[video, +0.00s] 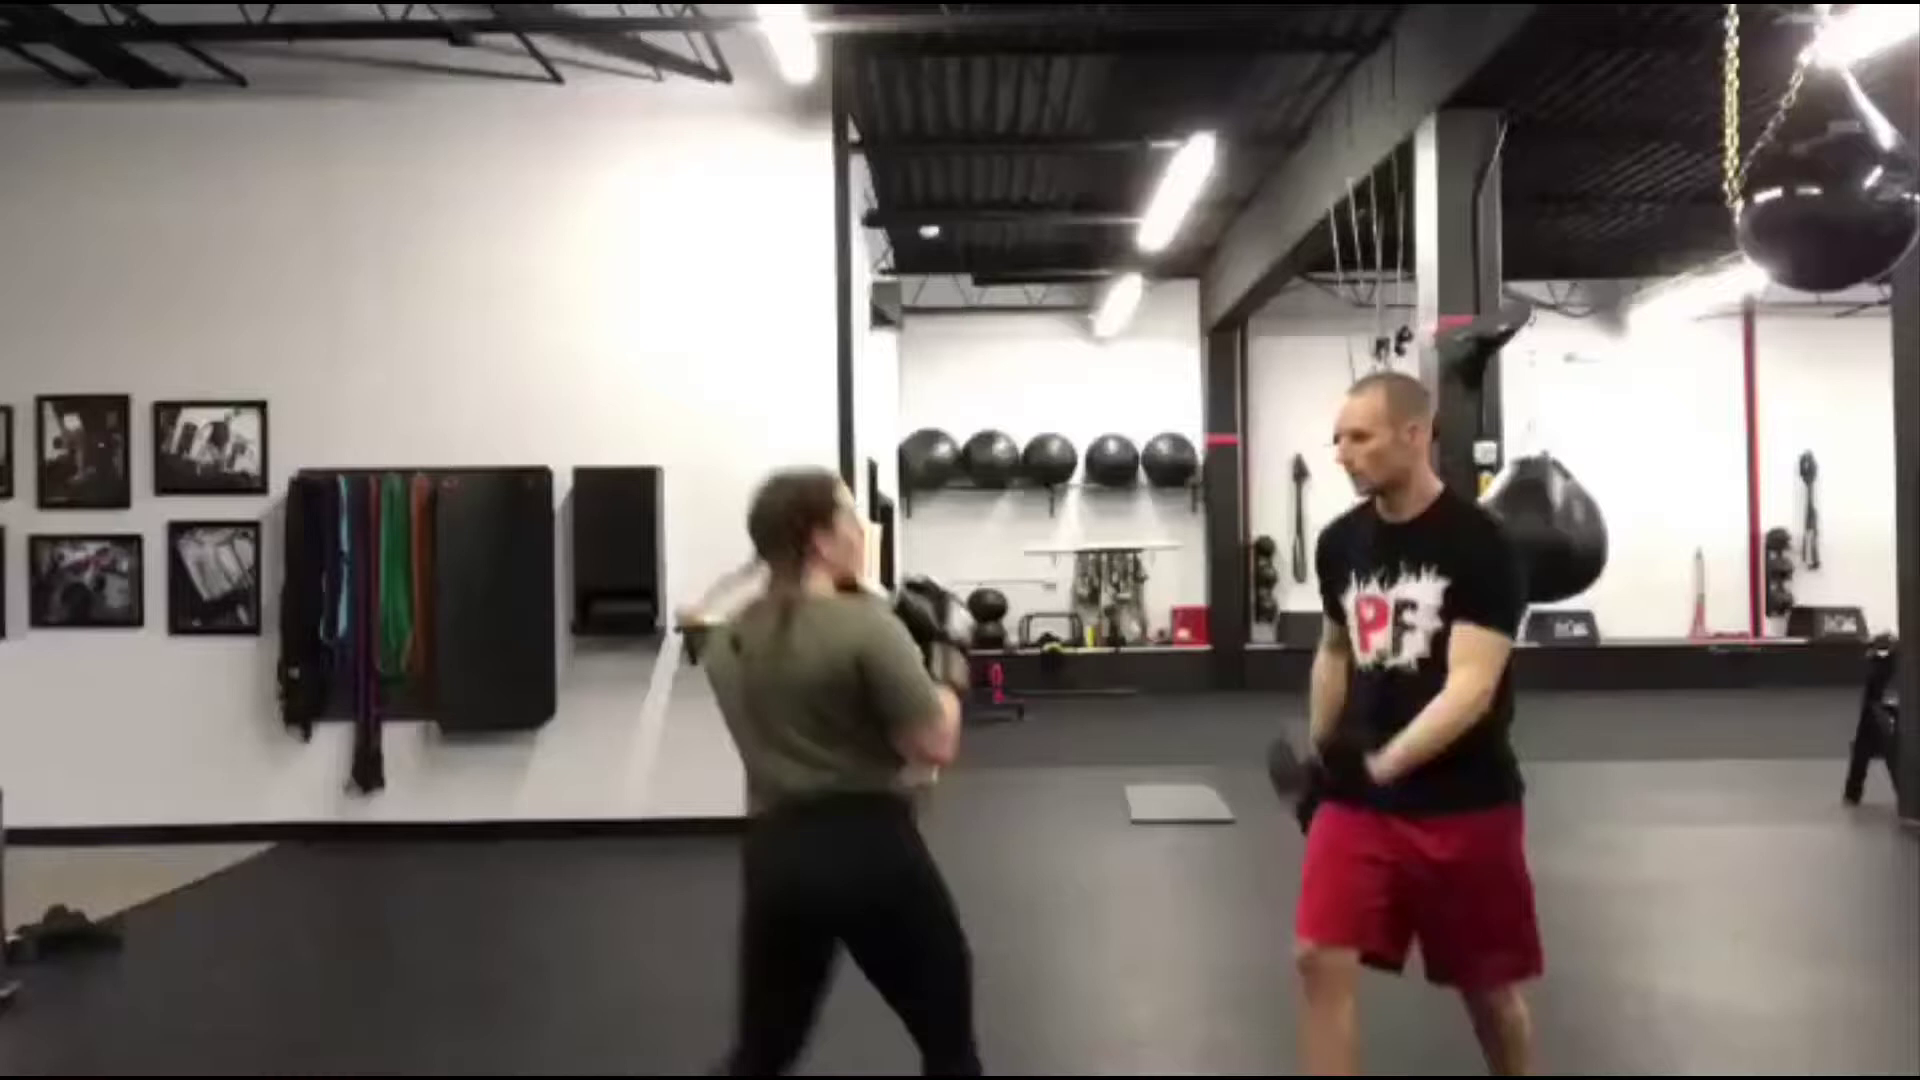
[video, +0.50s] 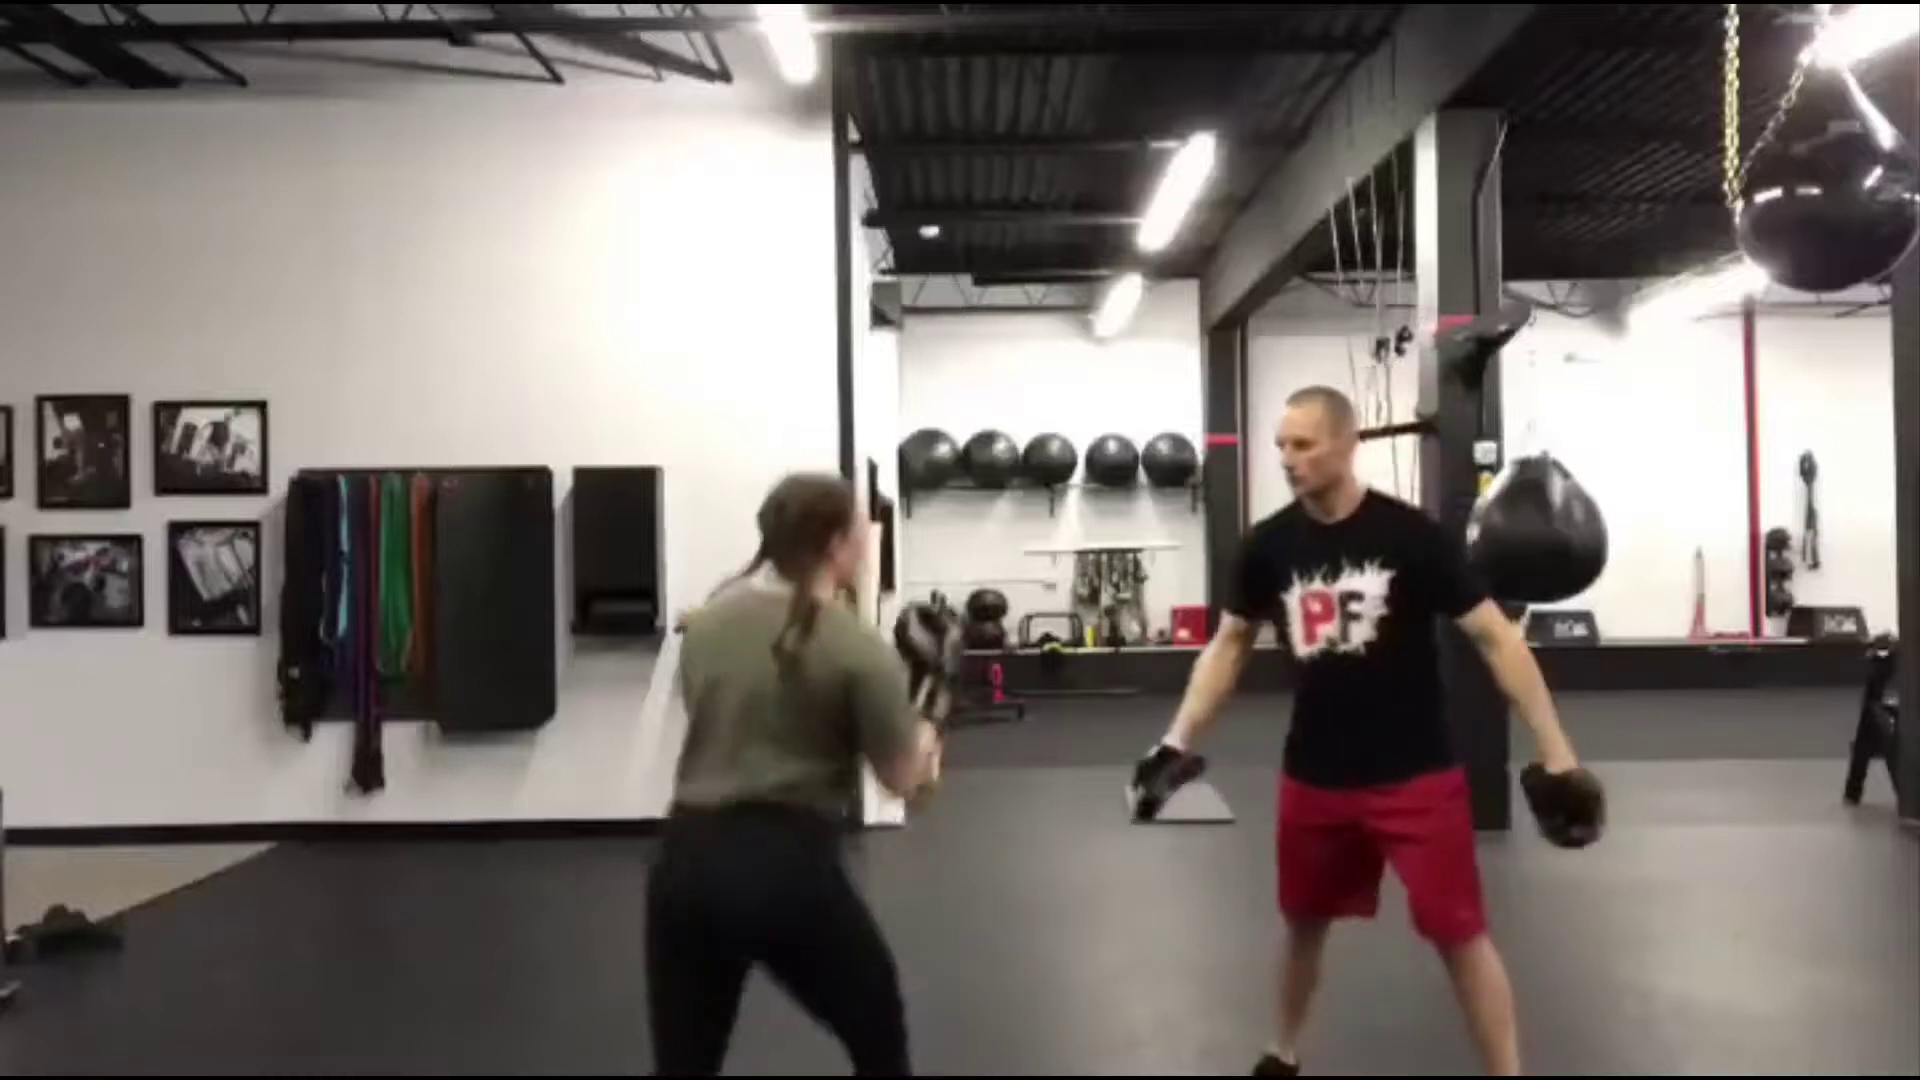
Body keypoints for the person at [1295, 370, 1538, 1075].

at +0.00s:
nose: (1343, 452)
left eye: (1359, 438)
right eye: (1339, 438)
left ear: (1417, 436)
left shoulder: (1481, 543)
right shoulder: (1340, 542)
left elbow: (1471, 689)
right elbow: (1335, 651)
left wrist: (1379, 767)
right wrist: (1318, 748)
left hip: (1465, 808)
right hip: (1358, 801)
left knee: (1493, 995)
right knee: (1321, 963)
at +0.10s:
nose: (1343, 448)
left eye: (1360, 433)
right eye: (1341, 434)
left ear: (1417, 431)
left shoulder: (1483, 539)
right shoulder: (1341, 536)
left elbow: (1463, 691)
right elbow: (1332, 645)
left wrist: (1387, 780)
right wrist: (1316, 756)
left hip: (1462, 806)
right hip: (1358, 795)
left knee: (1492, 988)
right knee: (1316, 953)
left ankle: (1514, 1070)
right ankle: (1326, 1071)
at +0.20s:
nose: (1345, 438)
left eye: (1360, 423)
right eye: (1341, 424)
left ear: (1415, 420)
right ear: (1344, 427)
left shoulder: (1475, 526)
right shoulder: (1334, 525)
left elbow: (1474, 666)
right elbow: (1317, 628)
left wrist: (1455, 794)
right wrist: (1283, 735)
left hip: (1452, 783)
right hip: (1349, 776)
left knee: (1490, 964)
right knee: (1302, 935)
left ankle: (1512, 1066)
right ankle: (1316, 1063)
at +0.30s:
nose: (1332, 443)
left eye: (1346, 428)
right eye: (1326, 430)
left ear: (1396, 427)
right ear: (1326, 437)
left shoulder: (1462, 527)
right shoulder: (1319, 533)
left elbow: (1505, 654)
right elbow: (1286, 631)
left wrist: (1525, 788)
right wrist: (1235, 730)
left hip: (1450, 788)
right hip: (1341, 782)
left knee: (1484, 959)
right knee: (1297, 929)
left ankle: (1517, 1069)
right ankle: (1286, 1055)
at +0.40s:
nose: (1308, 455)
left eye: (1324, 441)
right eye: (1304, 441)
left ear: (1372, 440)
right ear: (1305, 447)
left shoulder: (1443, 539)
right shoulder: (1293, 546)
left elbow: (1517, 646)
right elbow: (1249, 639)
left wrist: (1564, 770)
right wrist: (1194, 739)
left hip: (1436, 788)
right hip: (1331, 786)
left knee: (1469, 952)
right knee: (1300, 929)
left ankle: (1510, 1071)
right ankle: (1279, 1054)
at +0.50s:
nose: (1289, 459)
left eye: (1304, 446)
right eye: (1283, 446)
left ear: (1350, 445)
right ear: (1280, 449)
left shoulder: (1416, 537)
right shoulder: (1269, 546)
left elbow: (1498, 638)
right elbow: (1228, 645)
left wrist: (1560, 761)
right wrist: (1178, 744)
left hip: (1418, 781)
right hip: (1315, 781)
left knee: (1460, 937)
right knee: (1302, 925)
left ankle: (1506, 1070)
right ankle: (1283, 1056)